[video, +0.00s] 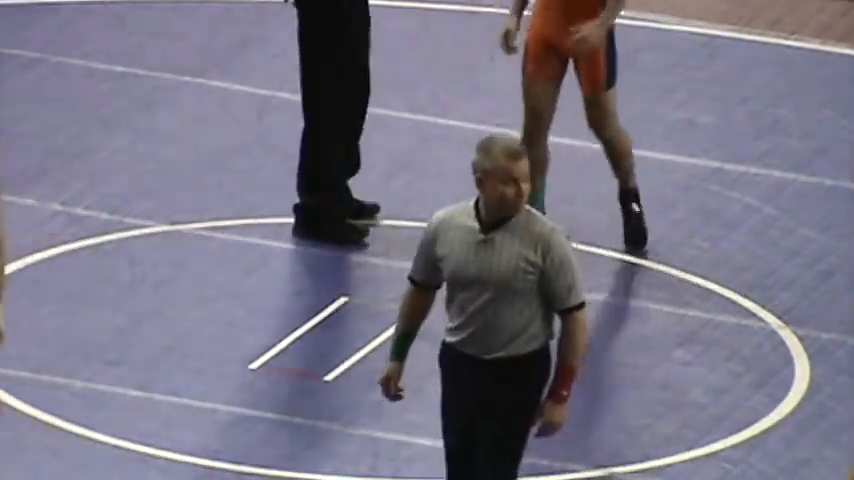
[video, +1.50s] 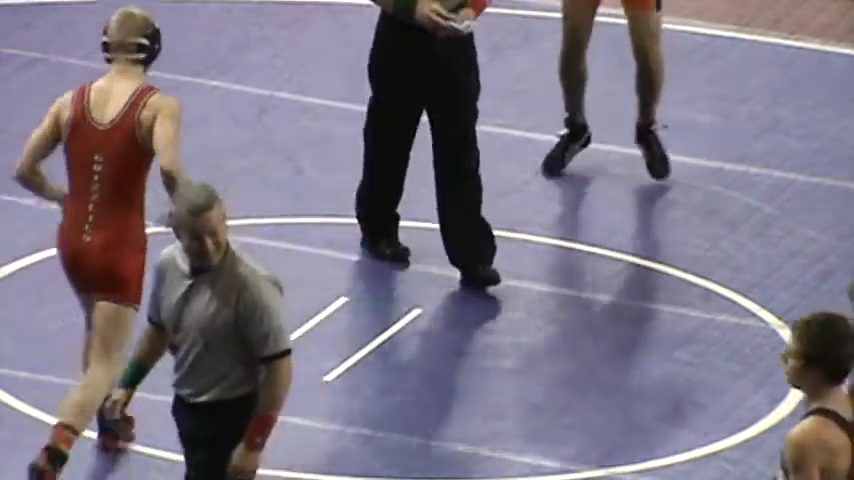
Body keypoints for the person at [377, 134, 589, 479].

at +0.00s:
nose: (522, 191)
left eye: (525, 182)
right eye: (509, 183)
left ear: (532, 180)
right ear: (479, 181)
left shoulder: (546, 239)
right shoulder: (444, 227)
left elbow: (575, 318)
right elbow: (421, 290)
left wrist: (560, 396)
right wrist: (396, 358)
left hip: (520, 369)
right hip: (460, 364)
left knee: (496, 468)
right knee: (459, 465)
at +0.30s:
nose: (493, 205)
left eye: (497, 195)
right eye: (481, 197)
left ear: (502, 195)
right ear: (450, 196)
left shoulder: (516, 255)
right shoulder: (415, 246)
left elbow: (547, 331)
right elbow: (392, 311)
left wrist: (546, 412)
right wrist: (376, 380)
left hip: (492, 385)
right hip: (432, 381)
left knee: (472, 472)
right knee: (438, 471)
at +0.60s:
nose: (434, 225)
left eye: (444, 215)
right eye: (426, 215)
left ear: (462, 207)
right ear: (415, 204)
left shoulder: (487, 267)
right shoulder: (389, 249)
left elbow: (517, 346)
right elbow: (372, 315)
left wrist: (514, 427)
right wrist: (352, 382)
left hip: (463, 403)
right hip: (399, 394)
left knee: (460, 473)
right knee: (371, 473)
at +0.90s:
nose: (357, 244)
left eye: (367, 236)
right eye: (353, 234)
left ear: (395, 229)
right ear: (348, 225)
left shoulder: (428, 280)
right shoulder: (338, 260)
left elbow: (458, 362)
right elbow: (326, 327)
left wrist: (445, 444)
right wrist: (308, 394)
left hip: (408, 412)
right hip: (349, 403)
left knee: (395, 473)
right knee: (318, 472)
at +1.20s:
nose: (285, 242)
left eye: (291, 230)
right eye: (273, 234)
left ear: (307, 217)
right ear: (259, 230)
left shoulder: (338, 279)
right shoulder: (250, 263)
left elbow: (363, 361)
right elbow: (241, 333)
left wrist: (359, 442)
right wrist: (227, 401)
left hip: (317, 410)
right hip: (262, 405)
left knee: (307, 473)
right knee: (249, 473)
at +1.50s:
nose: (207, 247)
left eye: (213, 235)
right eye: (195, 238)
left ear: (225, 223)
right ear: (177, 234)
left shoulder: (251, 286)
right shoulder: (169, 265)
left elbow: (280, 368)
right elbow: (158, 330)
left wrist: (253, 447)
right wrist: (126, 386)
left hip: (230, 413)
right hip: (188, 408)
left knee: (204, 473)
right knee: (201, 472)